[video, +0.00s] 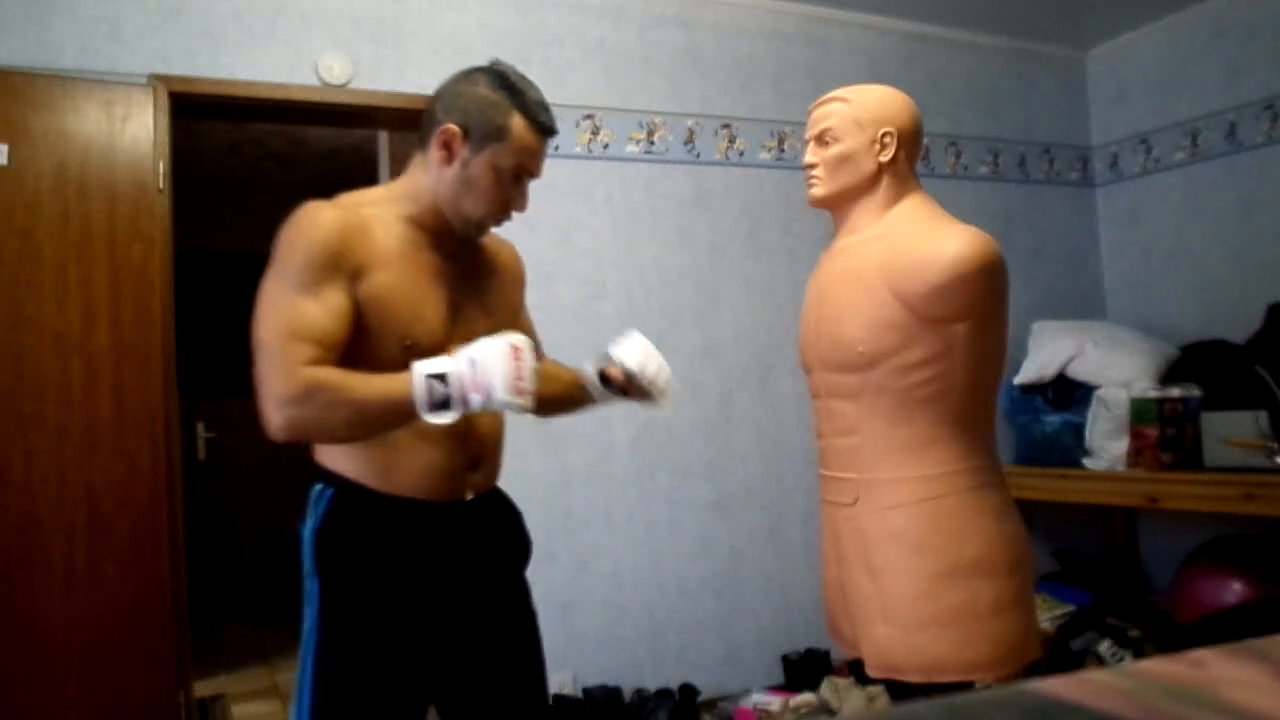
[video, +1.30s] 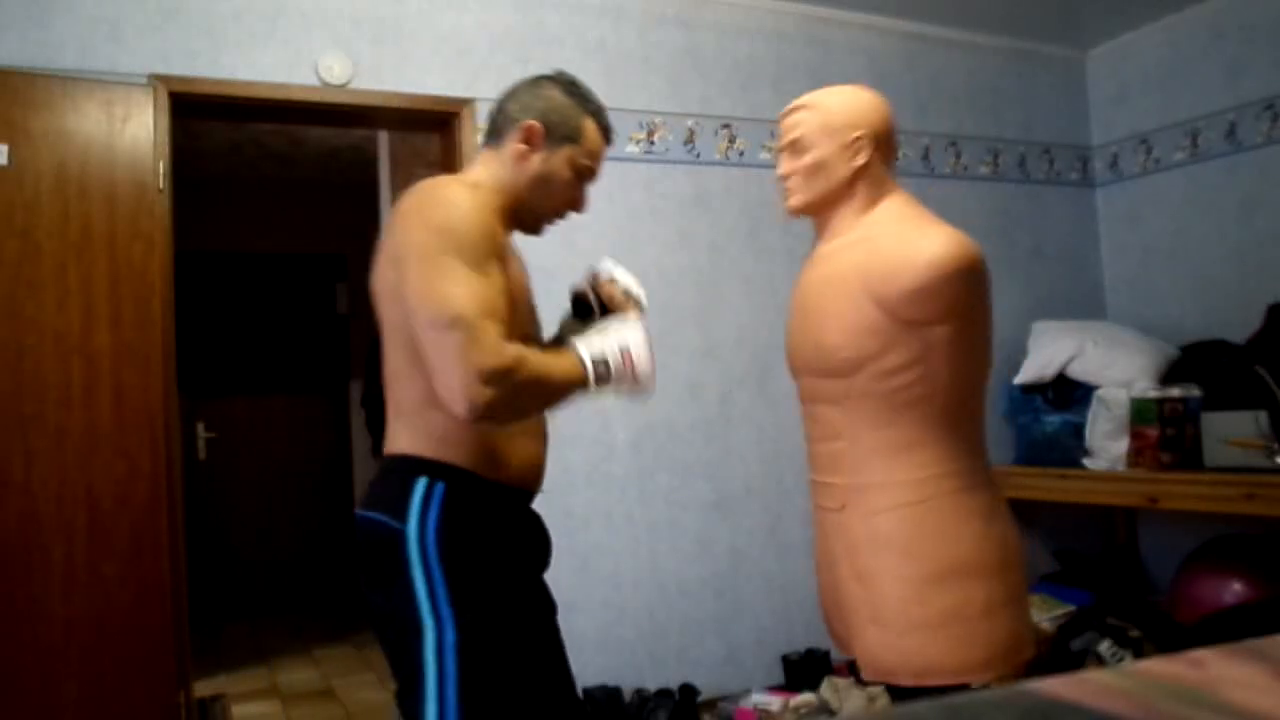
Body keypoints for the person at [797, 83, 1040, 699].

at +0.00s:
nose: (807, 157)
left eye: (825, 140)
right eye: (808, 142)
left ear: (883, 148)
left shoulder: (949, 258)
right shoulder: (836, 260)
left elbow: (965, 426)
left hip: (934, 542)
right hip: (855, 540)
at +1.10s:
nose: (845, 149)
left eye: (861, 135)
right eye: (850, 136)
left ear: (914, 143)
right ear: (914, 146)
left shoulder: (948, 238)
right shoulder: (888, 235)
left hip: (940, 515)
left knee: (948, 696)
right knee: (907, 690)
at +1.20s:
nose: (815, 154)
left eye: (831, 138)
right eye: (818, 139)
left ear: (888, 147)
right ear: (883, 149)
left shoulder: (928, 246)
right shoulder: (862, 243)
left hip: (928, 523)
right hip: (874, 519)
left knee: (946, 691)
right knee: (898, 687)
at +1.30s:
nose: (781, 168)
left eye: (797, 148)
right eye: (780, 152)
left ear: (859, 152)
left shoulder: (922, 257)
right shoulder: (830, 255)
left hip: (923, 539)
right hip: (854, 535)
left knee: (950, 702)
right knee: (888, 694)